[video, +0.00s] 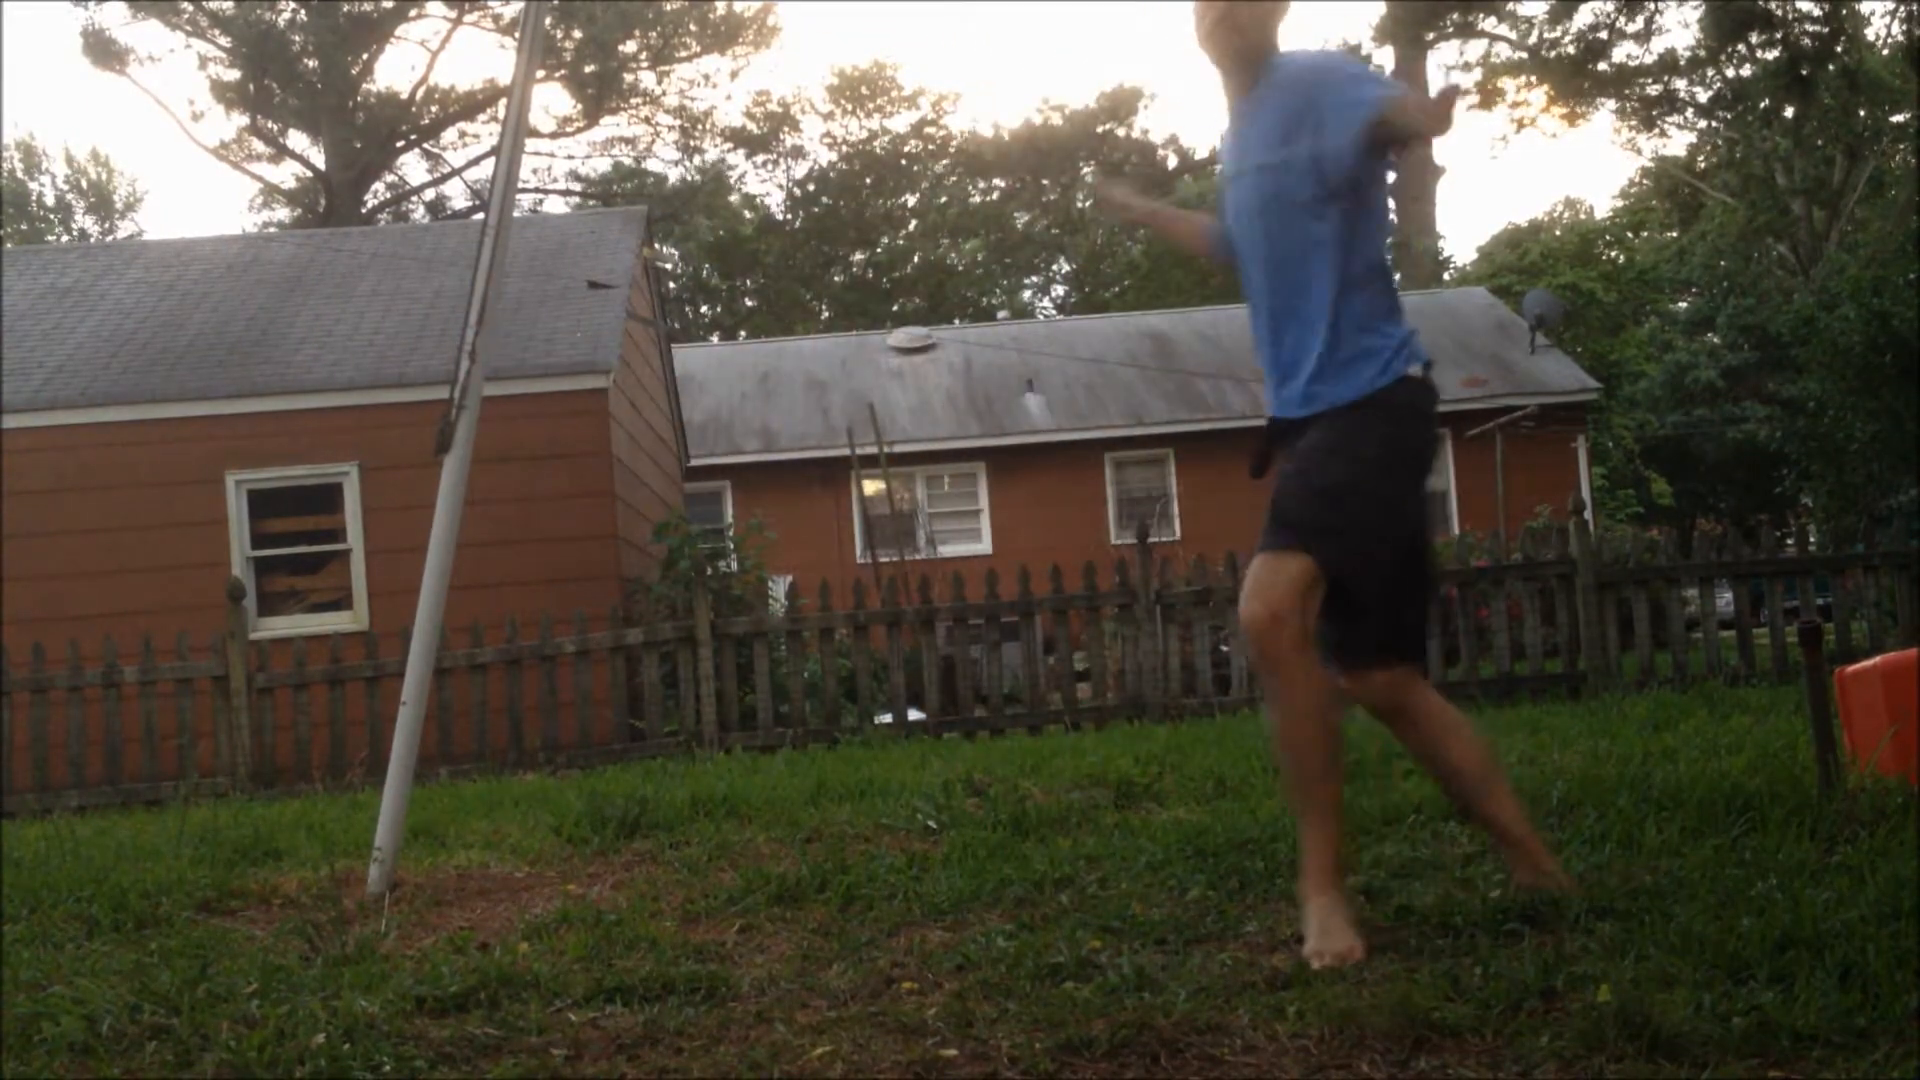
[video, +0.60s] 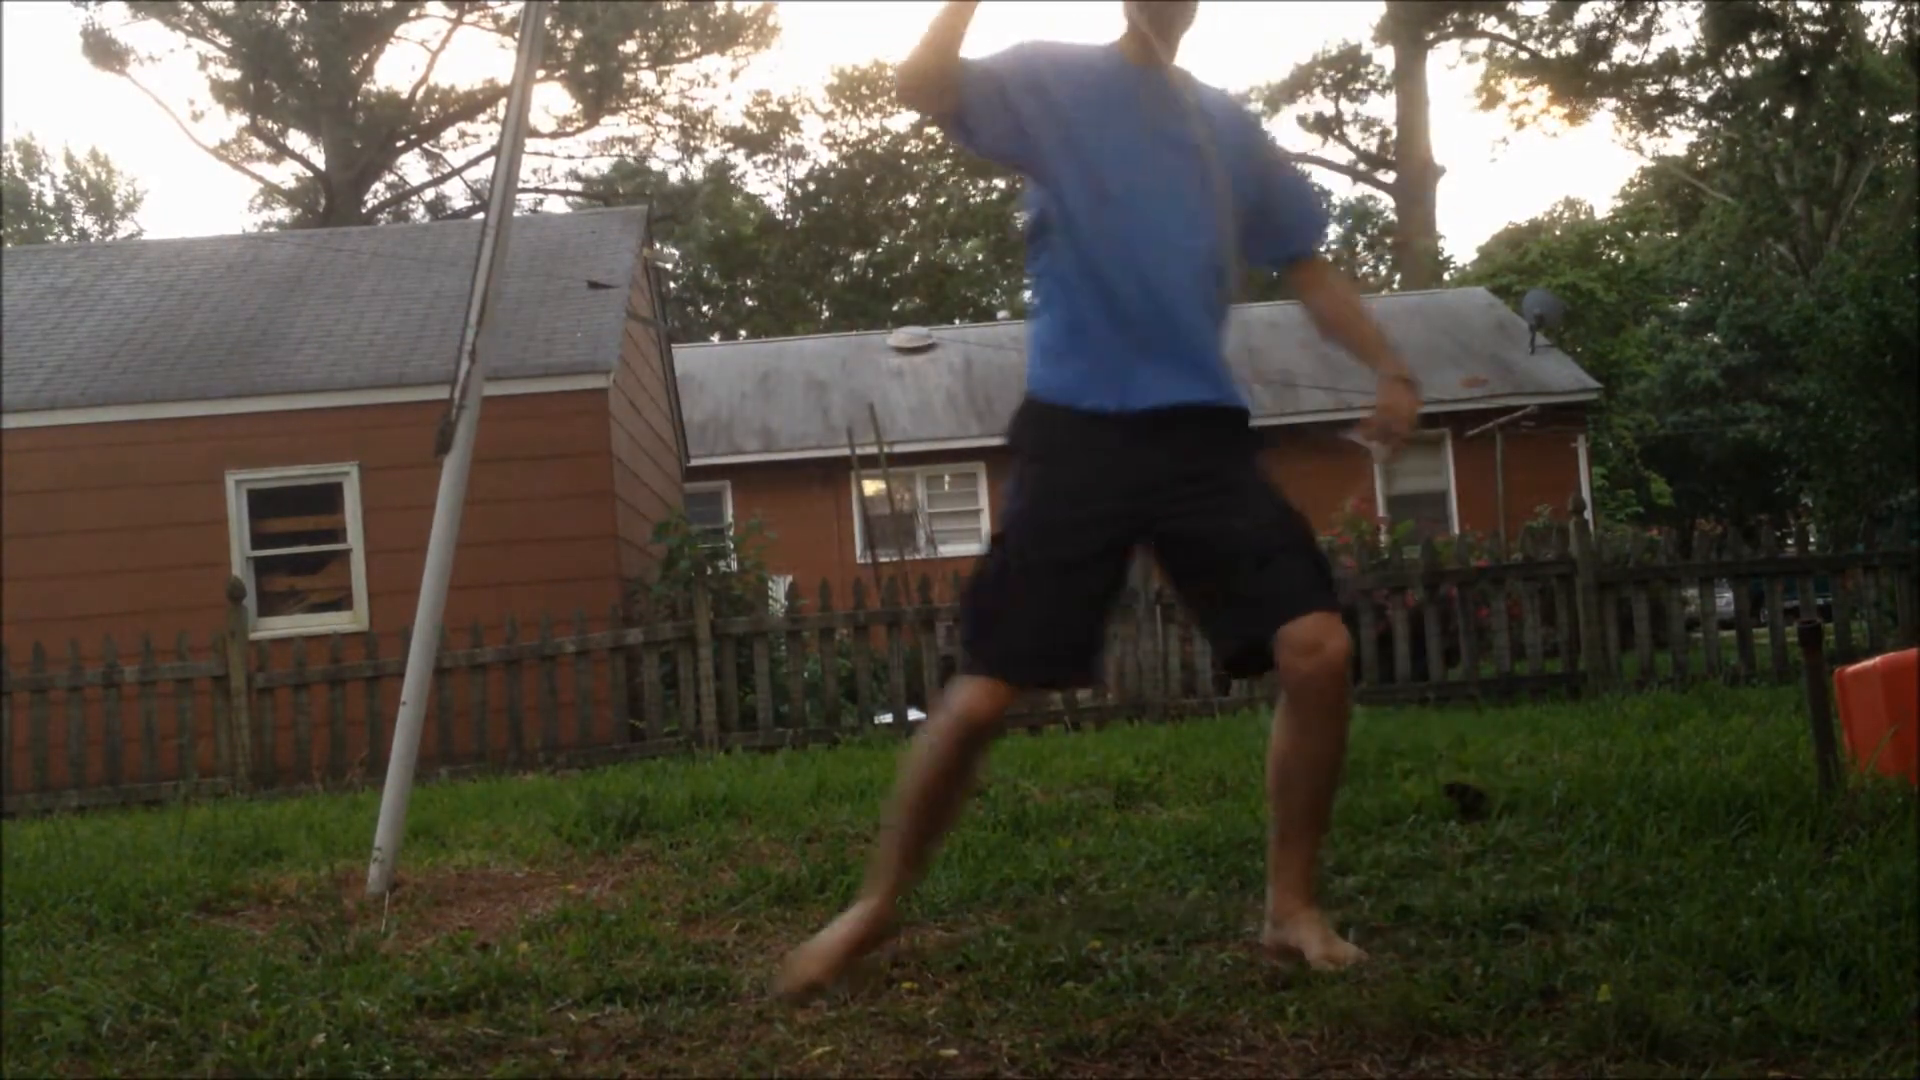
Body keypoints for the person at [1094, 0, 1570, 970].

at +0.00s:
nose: (1204, 20)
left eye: (1216, 4)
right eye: (1201, 8)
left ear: (1262, 10)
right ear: (1214, 28)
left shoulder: (1316, 78)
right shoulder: (1243, 130)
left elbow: (1398, 117)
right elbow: (1240, 247)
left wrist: (1419, 117)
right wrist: (1136, 206)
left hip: (1370, 399)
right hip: (1312, 413)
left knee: (1272, 609)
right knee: (1381, 673)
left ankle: (1323, 896)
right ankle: (1544, 875)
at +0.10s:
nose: (1232, 3)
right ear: (1206, 8)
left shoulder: (1338, 75)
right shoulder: (1205, 128)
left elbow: (1457, 156)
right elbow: (1140, 188)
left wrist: (1534, 214)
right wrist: (1020, 160)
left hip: (1344, 404)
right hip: (1268, 419)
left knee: (1254, 632)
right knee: (1345, 688)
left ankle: (1322, 904)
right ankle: (1514, 852)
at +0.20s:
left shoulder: (1350, 80)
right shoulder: (1171, 92)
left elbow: (1465, 202)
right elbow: (1062, 112)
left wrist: (1568, 312)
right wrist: (998, 94)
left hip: (1315, 400)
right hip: (1217, 413)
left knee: (1262, 652)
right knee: (1251, 675)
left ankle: (1322, 907)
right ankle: (1436, 829)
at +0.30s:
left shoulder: (1347, 87)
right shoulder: (1132, 58)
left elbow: (1443, 237)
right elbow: (985, 16)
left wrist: (1536, 369)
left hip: (1287, 402)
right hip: (1175, 397)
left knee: (1277, 649)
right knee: (1176, 679)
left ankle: (1325, 908)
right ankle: (1335, 837)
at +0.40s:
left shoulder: (1323, 96)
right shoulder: (1124, 54)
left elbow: (1405, 245)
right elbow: (961, 29)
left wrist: (1472, 377)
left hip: (1264, 410)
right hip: (1145, 402)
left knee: (1303, 648)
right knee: (1100, 680)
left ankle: (1314, 903)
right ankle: (1200, 856)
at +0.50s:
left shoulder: (1290, 112)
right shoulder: (1090, 67)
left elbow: (1364, 263)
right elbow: (943, 73)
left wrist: (1437, 386)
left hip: (1235, 416)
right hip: (1108, 408)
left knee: (1317, 651)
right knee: (1039, 692)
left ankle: (1304, 902)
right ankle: (1035, 859)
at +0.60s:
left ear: (1194, 6)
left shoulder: (1229, 126)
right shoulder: (1054, 78)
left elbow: (1309, 264)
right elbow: (921, 83)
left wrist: (1392, 371)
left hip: (1202, 433)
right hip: (1074, 432)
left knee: (1318, 652)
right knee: (984, 696)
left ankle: (1292, 909)